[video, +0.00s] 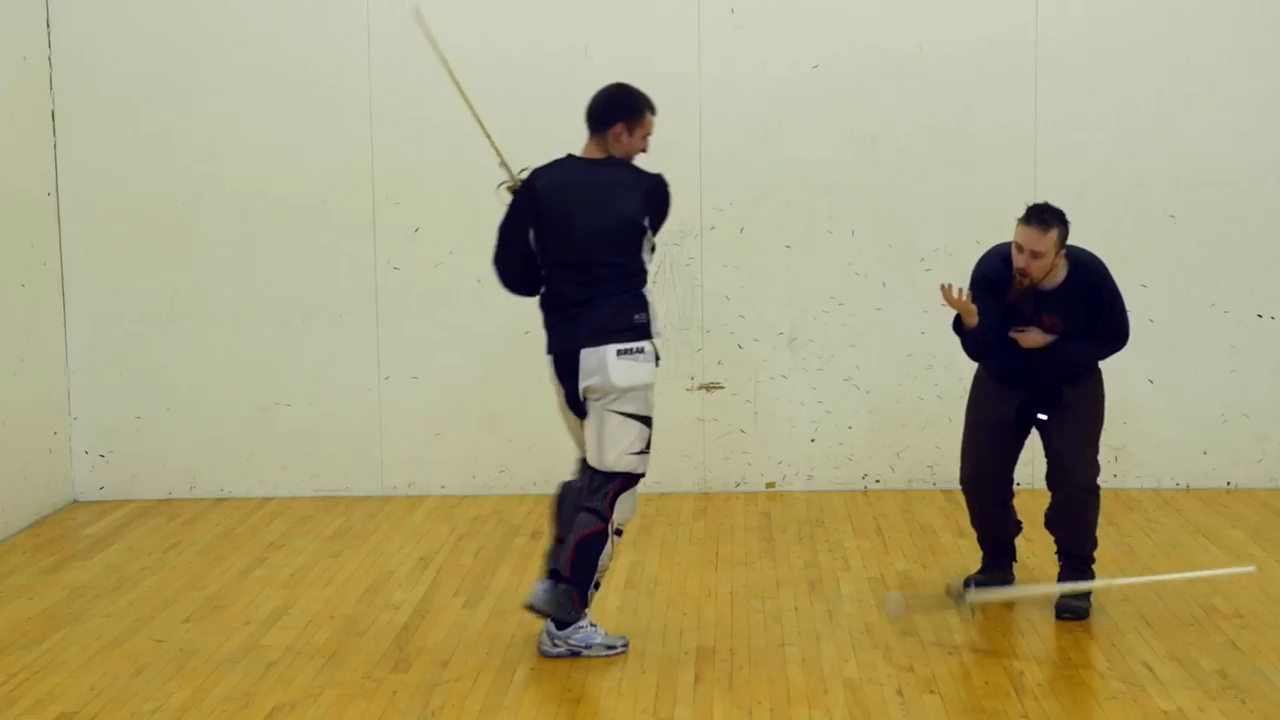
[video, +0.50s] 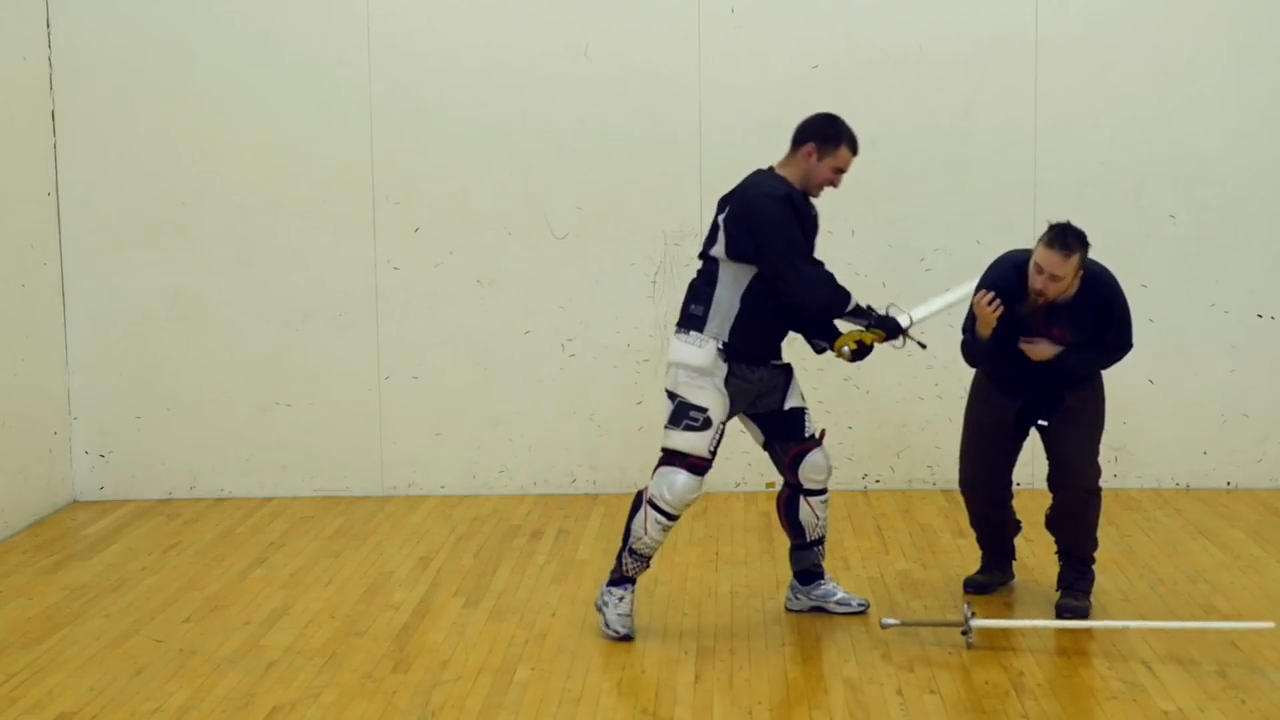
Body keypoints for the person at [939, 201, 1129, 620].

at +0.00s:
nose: (1023, 262)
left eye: (1035, 255)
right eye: (1019, 249)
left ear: (1061, 252)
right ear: (1013, 241)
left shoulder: (1090, 275)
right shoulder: (994, 268)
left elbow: (1115, 335)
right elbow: (979, 351)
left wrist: (1053, 343)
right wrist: (969, 324)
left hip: (1071, 384)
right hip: (1001, 380)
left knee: (1075, 480)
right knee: (981, 475)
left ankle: (1075, 577)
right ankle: (997, 565)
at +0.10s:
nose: (1026, 262)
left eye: (1038, 256)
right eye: (1022, 250)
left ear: (1063, 255)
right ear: (1016, 240)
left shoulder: (1091, 276)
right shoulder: (995, 267)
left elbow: (1115, 336)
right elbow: (978, 352)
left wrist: (1052, 344)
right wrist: (971, 326)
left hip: (1071, 384)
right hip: (1001, 378)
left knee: (1075, 481)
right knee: (980, 475)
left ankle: (1075, 582)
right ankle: (997, 563)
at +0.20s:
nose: (1028, 264)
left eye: (1041, 257)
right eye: (1025, 251)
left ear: (1066, 258)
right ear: (1019, 241)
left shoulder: (1093, 278)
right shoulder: (997, 267)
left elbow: (1115, 339)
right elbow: (978, 352)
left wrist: (1052, 345)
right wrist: (975, 328)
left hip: (1070, 384)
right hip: (1000, 378)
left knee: (1074, 480)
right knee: (979, 476)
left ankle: (1075, 582)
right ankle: (996, 562)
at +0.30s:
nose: (1032, 266)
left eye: (1044, 260)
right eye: (1029, 253)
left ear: (1069, 260)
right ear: (1023, 242)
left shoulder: (1096, 281)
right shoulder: (999, 267)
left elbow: (1116, 341)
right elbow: (978, 352)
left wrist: (1053, 346)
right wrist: (978, 330)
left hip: (1071, 385)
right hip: (1001, 378)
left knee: (1076, 480)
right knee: (979, 477)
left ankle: (1075, 582)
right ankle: (997, 562)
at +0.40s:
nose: (1036, 271)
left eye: (1049, 265)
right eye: (1033, 257)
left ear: (1073, 263)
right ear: (1027, 245)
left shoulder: (1098, 283)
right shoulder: (1001, 268)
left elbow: (1117, 342)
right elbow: (978, 354)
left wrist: (1055, 348)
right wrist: (980, 333)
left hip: (1072, 384)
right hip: (1001, 377)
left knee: (1075, 479)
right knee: (979, 476)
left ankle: (1075, 580)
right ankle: (996, 561)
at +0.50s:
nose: (1042, 284)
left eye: (1055, 279)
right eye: (1038, 271)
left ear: (1078, 276)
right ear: (1031, 257)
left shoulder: (1101, 290)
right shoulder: (1003, 275)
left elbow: (1119, 344)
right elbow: (973, 357)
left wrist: (1060, 354)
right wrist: (980, 334)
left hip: (1073, 388)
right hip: (1002, 380)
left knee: (1077, 480)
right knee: (979, 476)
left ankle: (1075, 582)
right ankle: (996, 562)